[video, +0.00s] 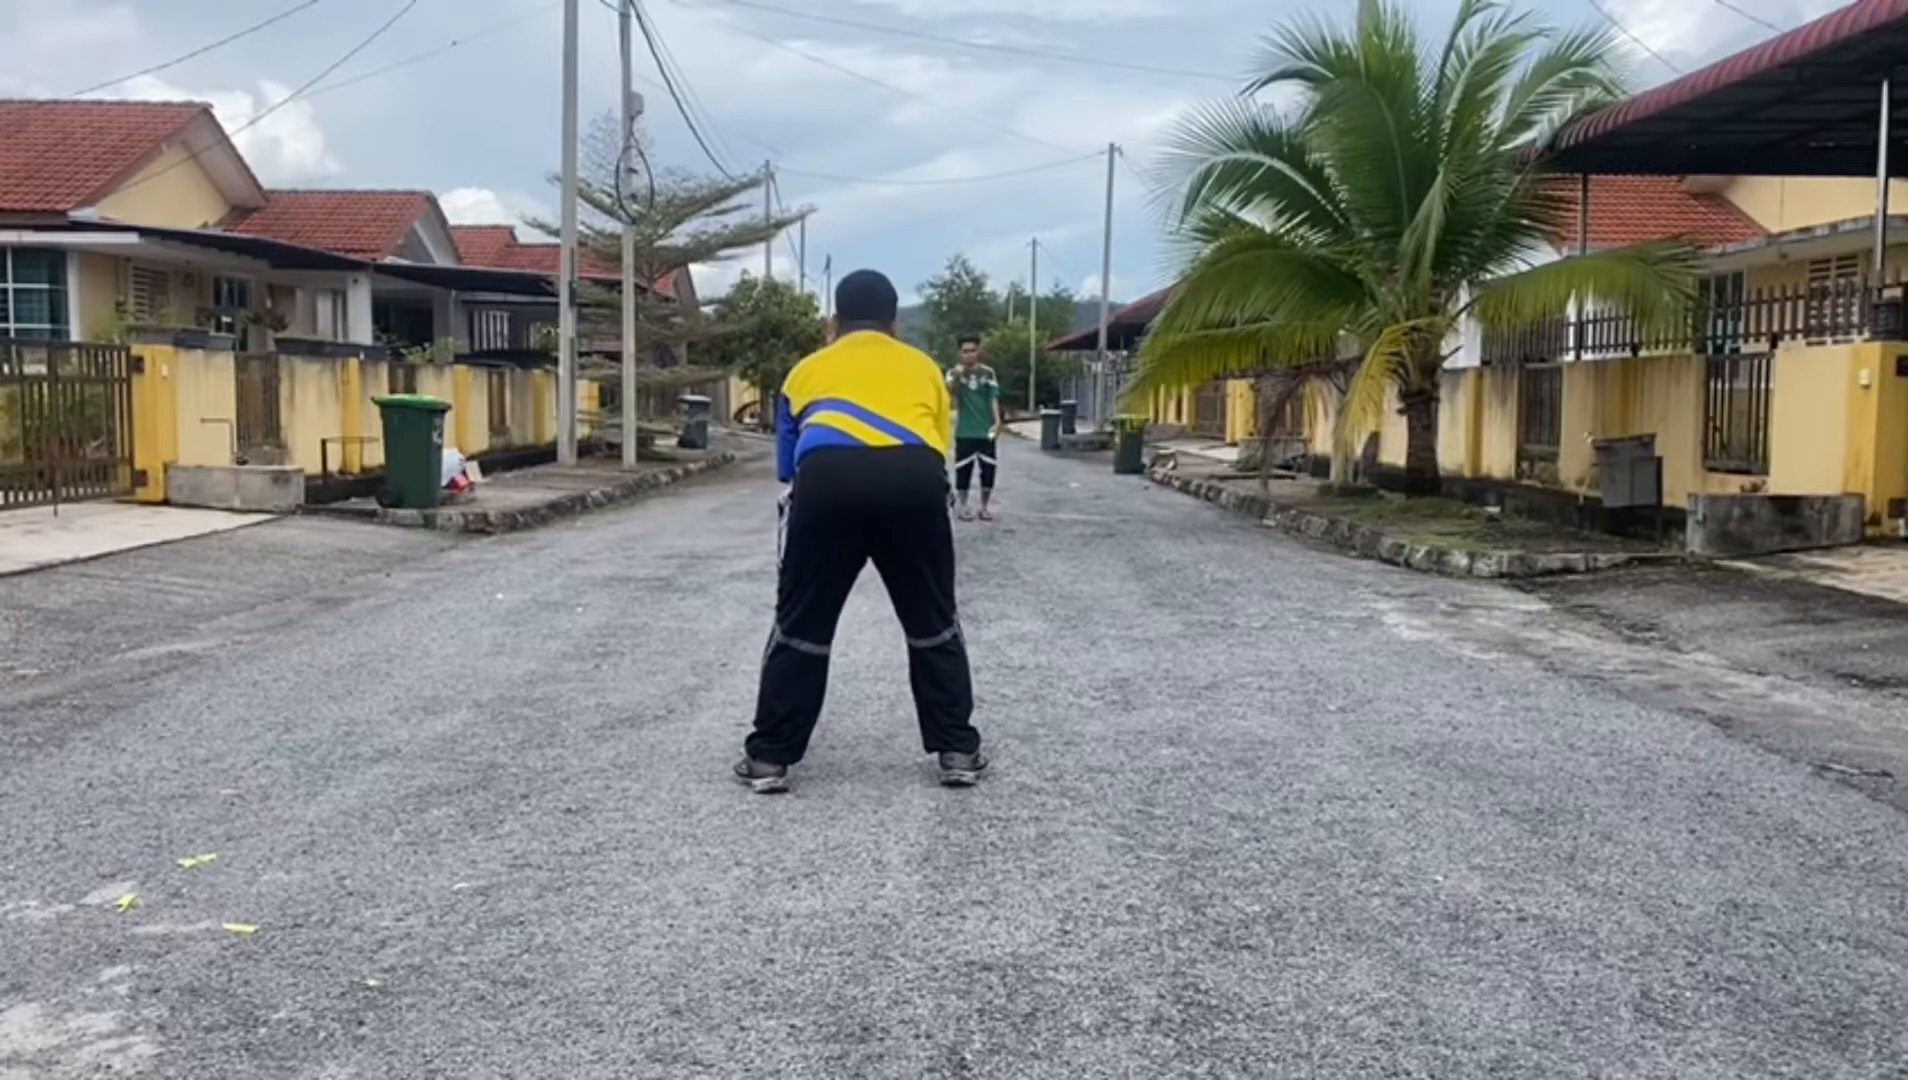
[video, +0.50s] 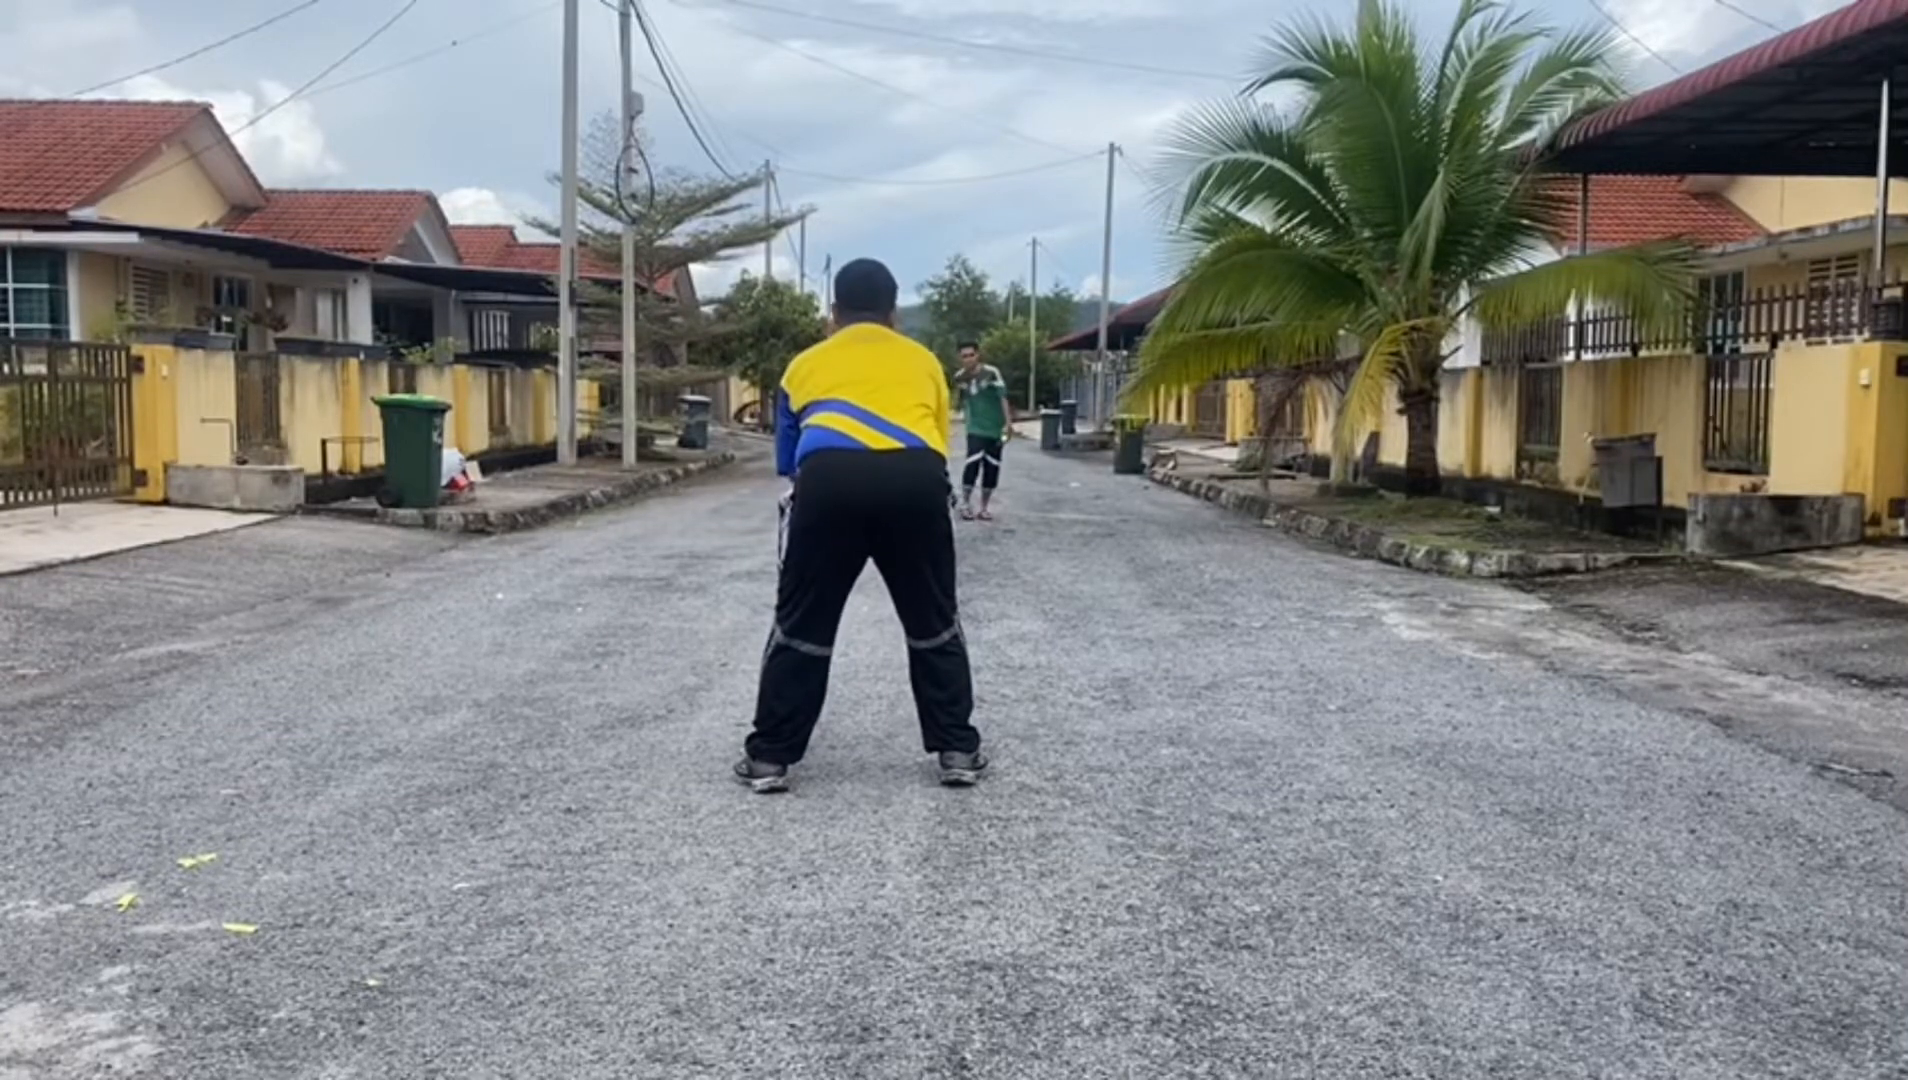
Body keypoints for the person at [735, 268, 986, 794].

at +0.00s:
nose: (829, 328)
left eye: (831, 321)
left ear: (836, 320)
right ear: (893, 320)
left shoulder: (809, 367)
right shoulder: (925, 366)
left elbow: (787, 458)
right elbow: (941, 443)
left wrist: (792, 494)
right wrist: (933, 491)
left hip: (828, 479)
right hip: (914, 479)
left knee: (802, 622)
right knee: (931, 620)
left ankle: (769, 757)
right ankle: (957, 750)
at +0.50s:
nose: (830, 317)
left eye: (832, 310)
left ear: (835, 311)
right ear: (893, 310)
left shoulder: (806, 363)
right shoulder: (924, 359)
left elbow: (787, 459)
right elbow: (939, 441)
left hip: (829, 484)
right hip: (915, 483)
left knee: (802, 623)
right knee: (933, 620)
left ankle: (769, 756)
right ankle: (957, 750)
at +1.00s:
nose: (895, 315)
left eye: (830, 309)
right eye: (892, 307)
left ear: (830, 310)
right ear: (889, 309)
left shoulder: (800, 363)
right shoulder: (921, 359)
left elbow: (784, 460)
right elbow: (935, 437)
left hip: (830, 487)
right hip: (915, 485)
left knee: (802, 625)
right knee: (932, 621)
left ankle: (769, 758)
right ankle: (957, 751)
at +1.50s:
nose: (883, 308)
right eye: (882, 300)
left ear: (819, 302)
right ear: (877, 303)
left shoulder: (783, 360)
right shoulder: (906, 355)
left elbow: (775, 447)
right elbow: (918, 437)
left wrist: (800, 491)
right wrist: (891, 484)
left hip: (802, 499)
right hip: (890, 500)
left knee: (774, 620)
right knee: (920, 624)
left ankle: (749, 742)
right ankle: (954, 743)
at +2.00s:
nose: (789, 289)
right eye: (787, 280)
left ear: (718, 279)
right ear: (779, 283)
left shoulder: (679, 336)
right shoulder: (803, 348)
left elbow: (661, 407)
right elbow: (804, 449)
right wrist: (762, 482)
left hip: (647, 494)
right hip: (729, 499)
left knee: (691, 630)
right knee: (728, 651)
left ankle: (712, 749)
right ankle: (665, 802)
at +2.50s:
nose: (740, 315)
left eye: (736, 304)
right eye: (738, 304)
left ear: (671, 302)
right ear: (726, 306)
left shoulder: (648, 351)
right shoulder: (716, 360)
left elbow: (692, 482)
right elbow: (753, 481)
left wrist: (758, 557)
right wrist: (809, 547)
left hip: (538, 498)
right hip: (594, 512)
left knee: (593, 665)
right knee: (644, 668)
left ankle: (596, 796)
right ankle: (578, 855)